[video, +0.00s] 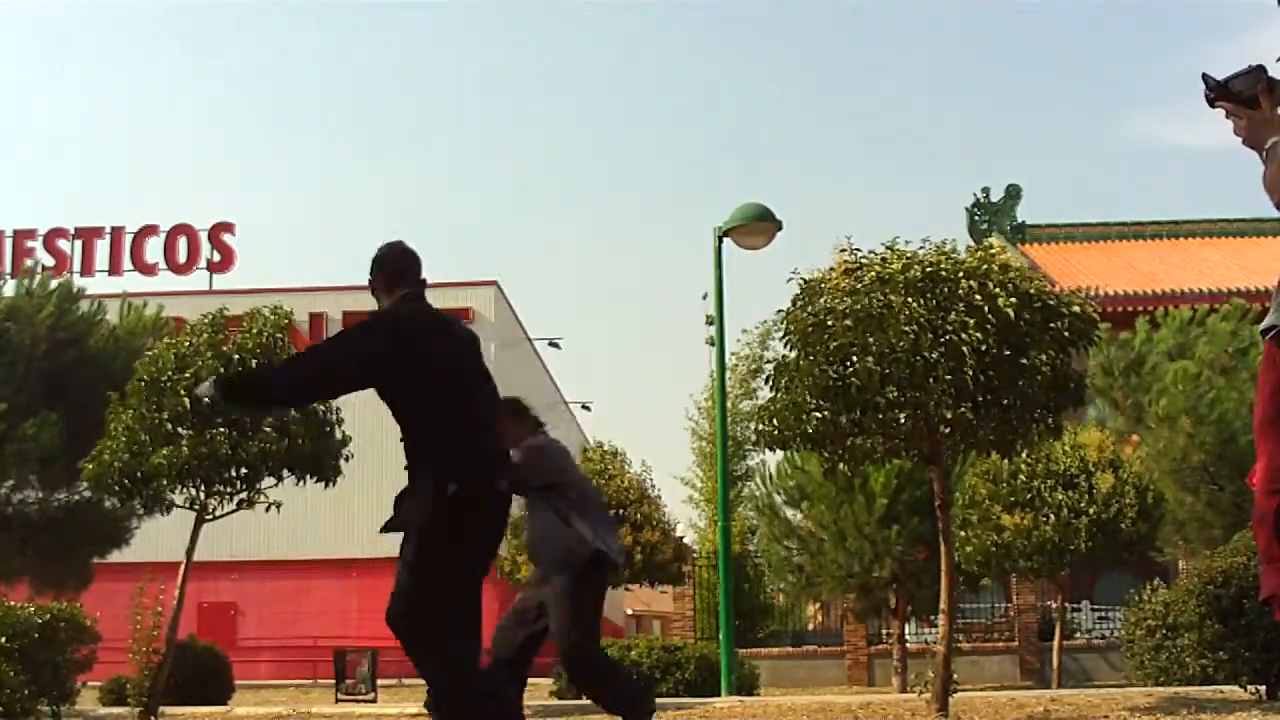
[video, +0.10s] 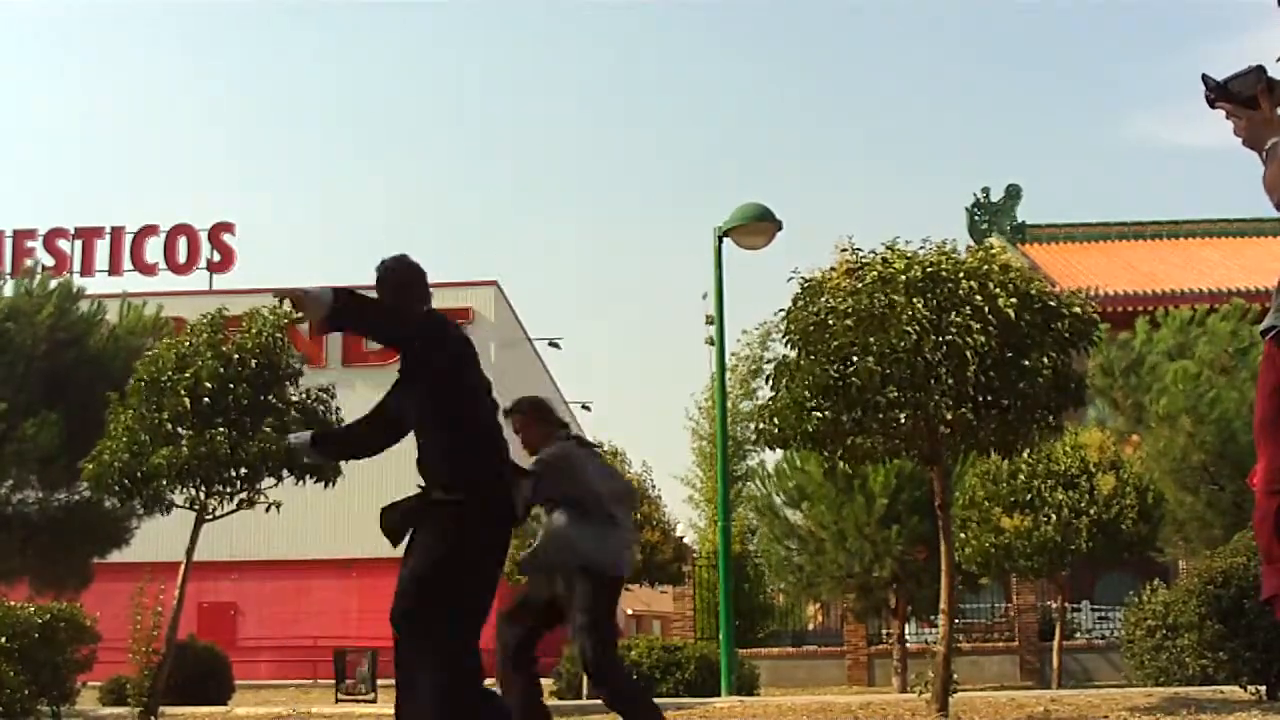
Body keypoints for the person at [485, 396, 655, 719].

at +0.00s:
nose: (498, 436)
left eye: (501, 427)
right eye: (496, 429)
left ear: (518, 422)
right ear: (521, 423)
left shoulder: (544, 451)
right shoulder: (532, 456)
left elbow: (498, 476)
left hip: (582, 564)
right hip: (551, 569)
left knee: (578, 658)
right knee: (508, 646)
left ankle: (639, 703)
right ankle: (499, 712)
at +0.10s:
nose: (520, 441)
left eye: (521, 431)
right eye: (517, 434)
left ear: (539, 423)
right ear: (548, 423)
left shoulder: (557, 456)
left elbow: (516, 503)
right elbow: (629, 494)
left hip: (589, 571)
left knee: (599, 664)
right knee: (515, 625)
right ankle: (526, 710)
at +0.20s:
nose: (535, 442)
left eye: (538, 433)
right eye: (531, 435)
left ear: (558, 427)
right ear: (560, 429)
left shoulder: (570, 463)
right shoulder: (589, 459)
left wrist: (532, 553)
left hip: (598, 567)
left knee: (593, 657)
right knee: (534, 620)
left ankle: (648, 714)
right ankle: (574, 704)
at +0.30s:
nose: (543, 449)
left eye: (545, 440)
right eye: (539, 442)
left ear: (566, 435)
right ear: (567, 435)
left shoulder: (583, 472)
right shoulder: (581, 466)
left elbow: (600, 524)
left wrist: (565, 570)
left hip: (607, 573)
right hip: (596, 572)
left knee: (589, 652)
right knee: (562, 642)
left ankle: (645, 714)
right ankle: (586, 713)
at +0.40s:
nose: (556, 465)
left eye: (557, 456)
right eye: (555, 457)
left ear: (570, 455)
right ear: (576, 453)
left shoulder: (592, 482)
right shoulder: (580, 486)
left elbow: (614, 528)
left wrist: (577, 565)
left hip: (620, 577)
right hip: (602, 578)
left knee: (589, 651)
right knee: (571, 649)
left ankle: (640, 714)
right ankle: (596, 712)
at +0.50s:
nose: (554, 459)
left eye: (558, 450)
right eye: (550, 452)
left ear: (578, 446)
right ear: (553, 454)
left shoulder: (604, 483)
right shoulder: (579, 490)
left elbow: (618, 527)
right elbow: (573, 538)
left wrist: (581, 556)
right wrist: (543, 550)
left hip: (629, 574)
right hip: (605, 576)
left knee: (607, 645)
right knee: (575, 645)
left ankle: (649, 715)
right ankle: (599, 714)